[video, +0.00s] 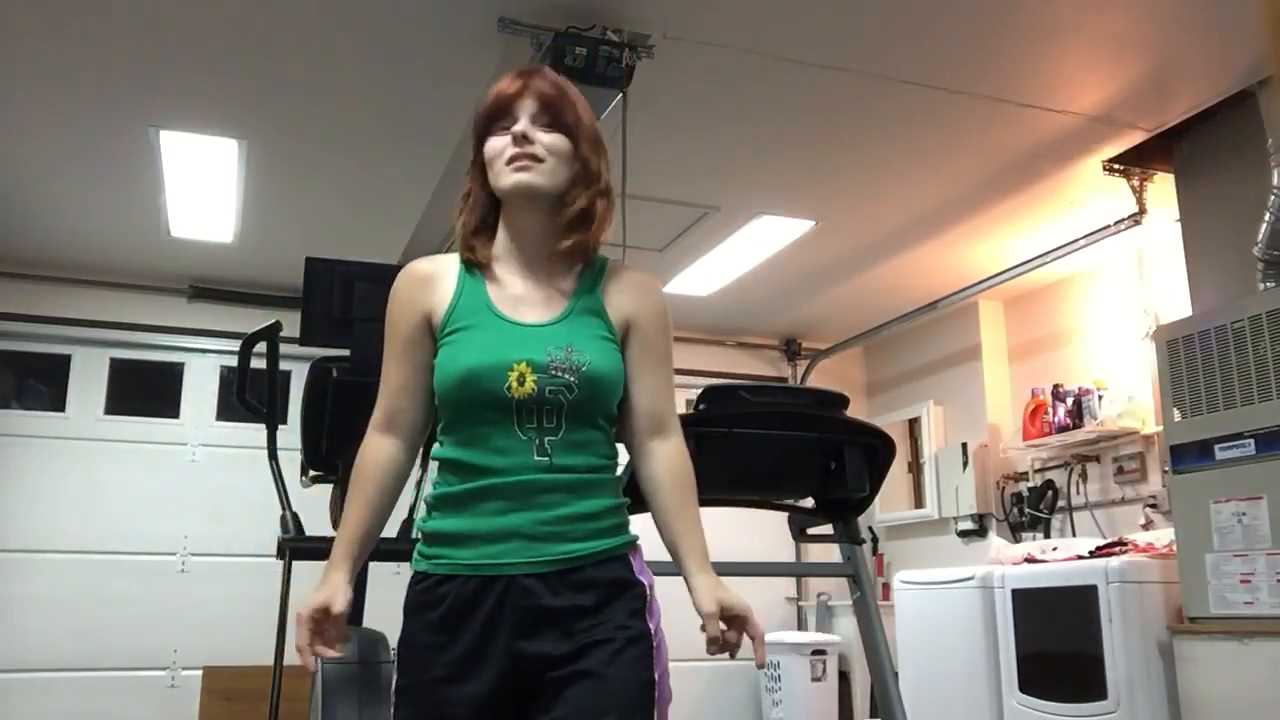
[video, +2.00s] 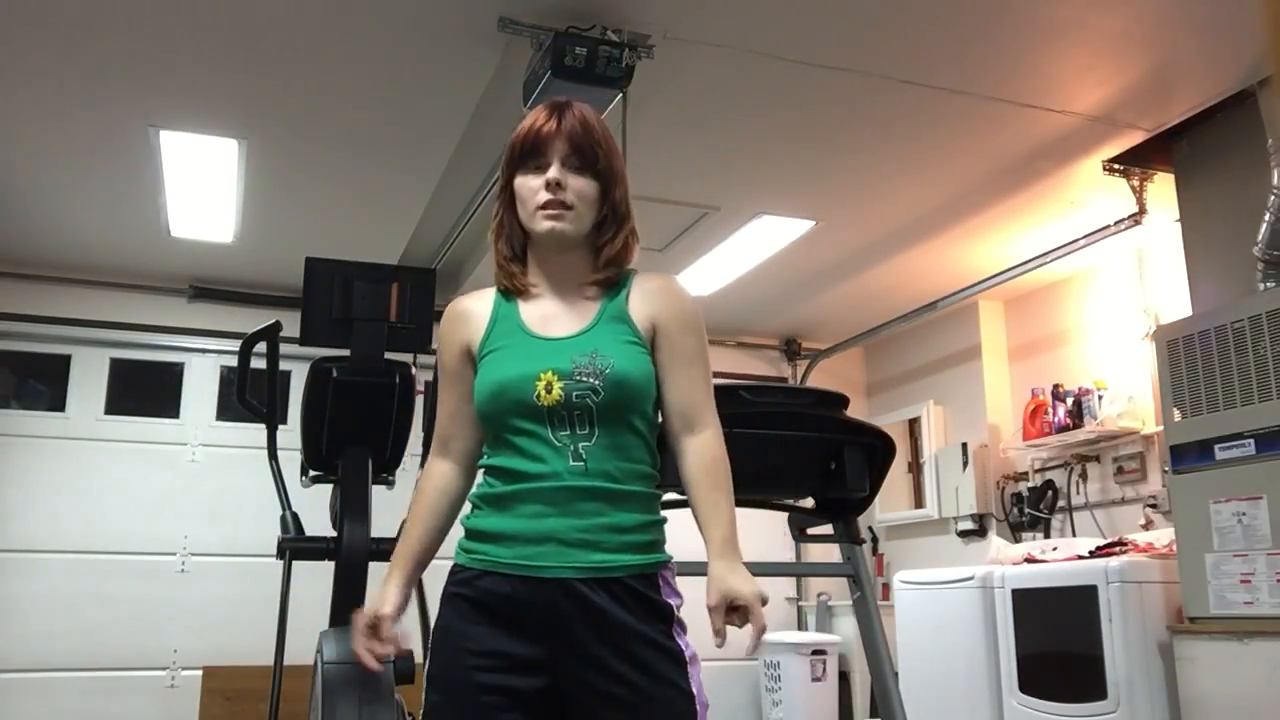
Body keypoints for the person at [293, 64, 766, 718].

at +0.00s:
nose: (521, 135)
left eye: (547, 125)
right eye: (503, 128)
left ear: (584, 158)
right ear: (482, 163)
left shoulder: (630, 294)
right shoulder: (428, 285)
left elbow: (658, 439)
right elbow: (392, 433)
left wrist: (702, 579)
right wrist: (340, 570)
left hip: (596, 602)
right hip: (455, 603)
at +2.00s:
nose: (553, 179)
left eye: (577, 165)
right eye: (535, 165)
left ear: (606, 191)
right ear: (511, 192)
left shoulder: (656, 301)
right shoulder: (471, 316)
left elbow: (696, 430)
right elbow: (449, 459)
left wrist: (725, 559)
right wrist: (397, 582)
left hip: (624, 607)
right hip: (490, 605)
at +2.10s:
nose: (556, 195)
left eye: (577, 178)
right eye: (536, 180)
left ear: (608, 199)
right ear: (515, 202)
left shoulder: (667, 317)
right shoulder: (476, 326)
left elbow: (705, 435)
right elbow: (454, 459)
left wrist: (730, 539)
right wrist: (349, 543)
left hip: (624, 622)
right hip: (488, 617)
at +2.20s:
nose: (562, 216)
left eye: (583, 200)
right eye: (542, 202)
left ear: (615, 221)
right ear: (519, 228)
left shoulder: (671, 322)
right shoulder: (488, 344)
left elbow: (717, 420)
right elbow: (425, 465)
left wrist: (739, 474)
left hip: (631, 629)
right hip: (498, 618)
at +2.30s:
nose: (578, 194)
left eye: (601, 177)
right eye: (558, 178)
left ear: (631, 198)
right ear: (537, 201)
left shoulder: (679, 293)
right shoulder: (504, 310)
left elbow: (741, 388)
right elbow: (407, 404)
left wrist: (752, 443)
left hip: (648, 607)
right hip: (517, 601)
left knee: (696, 708)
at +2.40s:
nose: (603, 176)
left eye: (627, 159)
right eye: (584, 160)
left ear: (656, 179)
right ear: (561, 180)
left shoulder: (692, 268)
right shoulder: (529, 282)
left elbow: (751, 365)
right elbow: (436, 339)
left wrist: (775, 471)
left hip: (669, 570)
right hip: (545, 572)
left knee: (710, 710)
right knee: (517, 708)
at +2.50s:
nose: (626, 192)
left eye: (650, 177)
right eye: (610, 173)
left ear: (679, 199)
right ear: (584, 190)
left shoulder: (716, 292)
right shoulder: (556, 299)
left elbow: (768, 412)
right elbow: (487, 322)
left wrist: (799, 542)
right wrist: (530, 206)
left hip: (698, 591)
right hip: (582, 595)